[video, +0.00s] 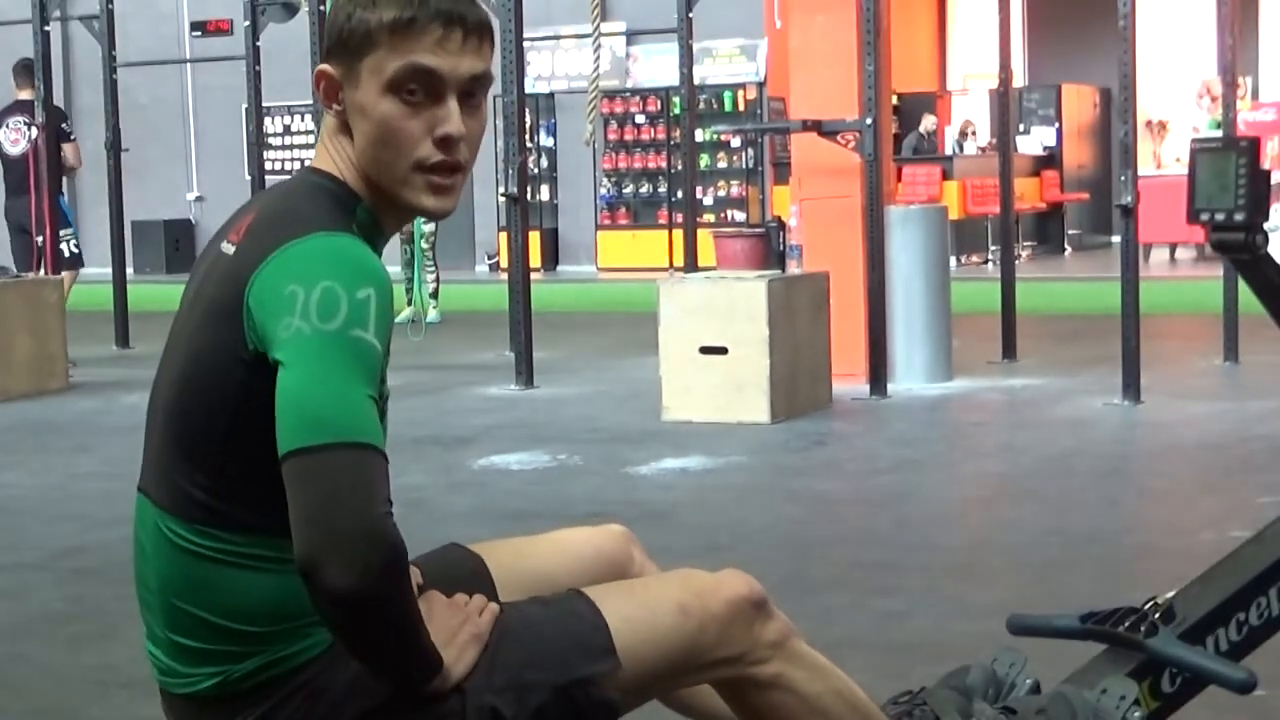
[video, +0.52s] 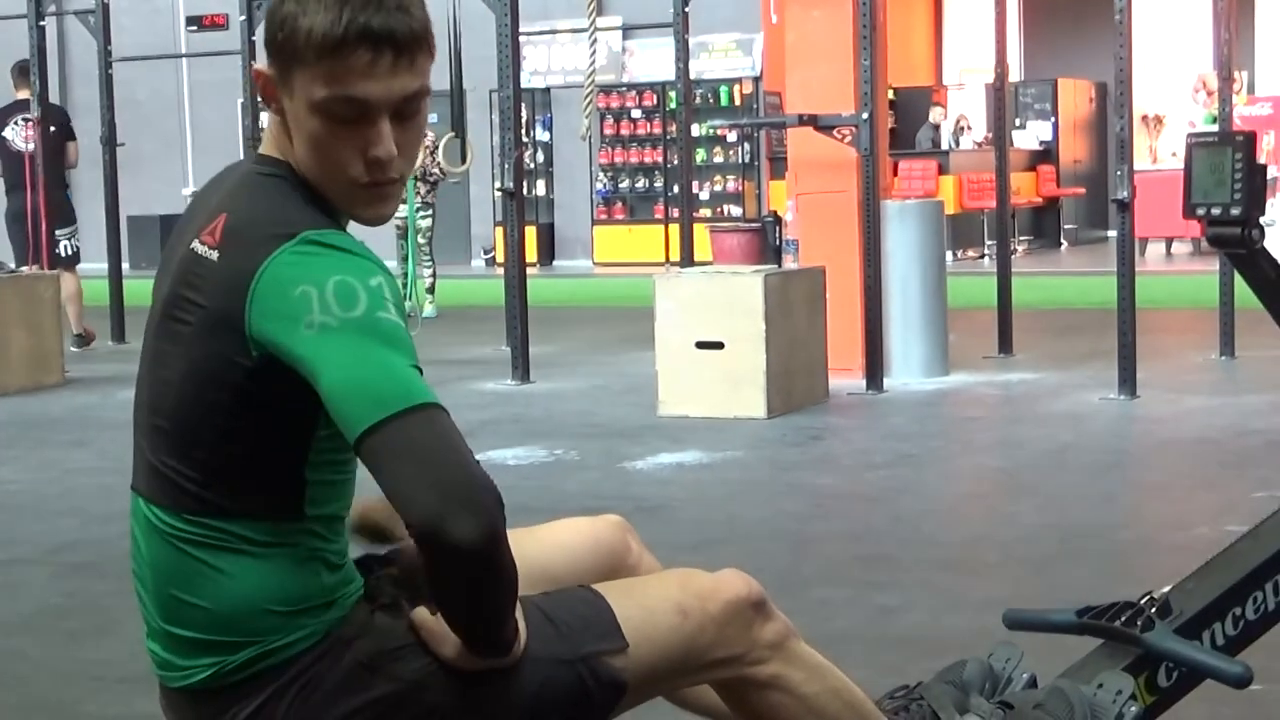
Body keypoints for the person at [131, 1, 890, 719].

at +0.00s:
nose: (455, 130)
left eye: (473, 96)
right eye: (416, 93)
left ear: (491, 101)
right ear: (335, 97)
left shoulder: (306, 230)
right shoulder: (325, 261)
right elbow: (345, 556)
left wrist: (384, 610)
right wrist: (425, 670)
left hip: (279, 633)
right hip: (294, 685)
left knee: (611, 553)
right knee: (736, 609)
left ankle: (752, 717)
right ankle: (888, 717)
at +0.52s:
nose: (386, 150)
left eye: (404, 111)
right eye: (346, 115)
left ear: (426, 88)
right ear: (269, 93)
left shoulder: (250, 200)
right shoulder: (305, 259)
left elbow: (240, 457)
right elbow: (459, 517)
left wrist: (364, 527)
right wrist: (477, 632)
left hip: (282, 606)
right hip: (286, 678)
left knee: (606, 538)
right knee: (730, 609)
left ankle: (747, 706)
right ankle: (886, 717)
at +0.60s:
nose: (382, 147)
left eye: (400, 107)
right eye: (345, 113)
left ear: (416, 85)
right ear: (264, 100)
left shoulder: (228, 207)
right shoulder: (305, 260)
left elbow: (280, 438)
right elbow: (453, 516)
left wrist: (431, 444)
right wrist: (485, 642)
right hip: (289, 676)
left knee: (610, 545)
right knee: (734, 609)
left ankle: (761, 700)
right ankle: (886, 712)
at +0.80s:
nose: (361, 134)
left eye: (376, 96)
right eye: (319, 105)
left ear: (394, 75)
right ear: (238, 95)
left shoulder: (211, 207)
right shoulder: (299, 258)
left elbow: (318, 466)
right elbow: (448, 501)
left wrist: (395, 377)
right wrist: (464, 621)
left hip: (249, 627)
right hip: (282, 677)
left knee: (603, 539)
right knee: (730, 601)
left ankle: (771, 716)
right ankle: (888, 718)